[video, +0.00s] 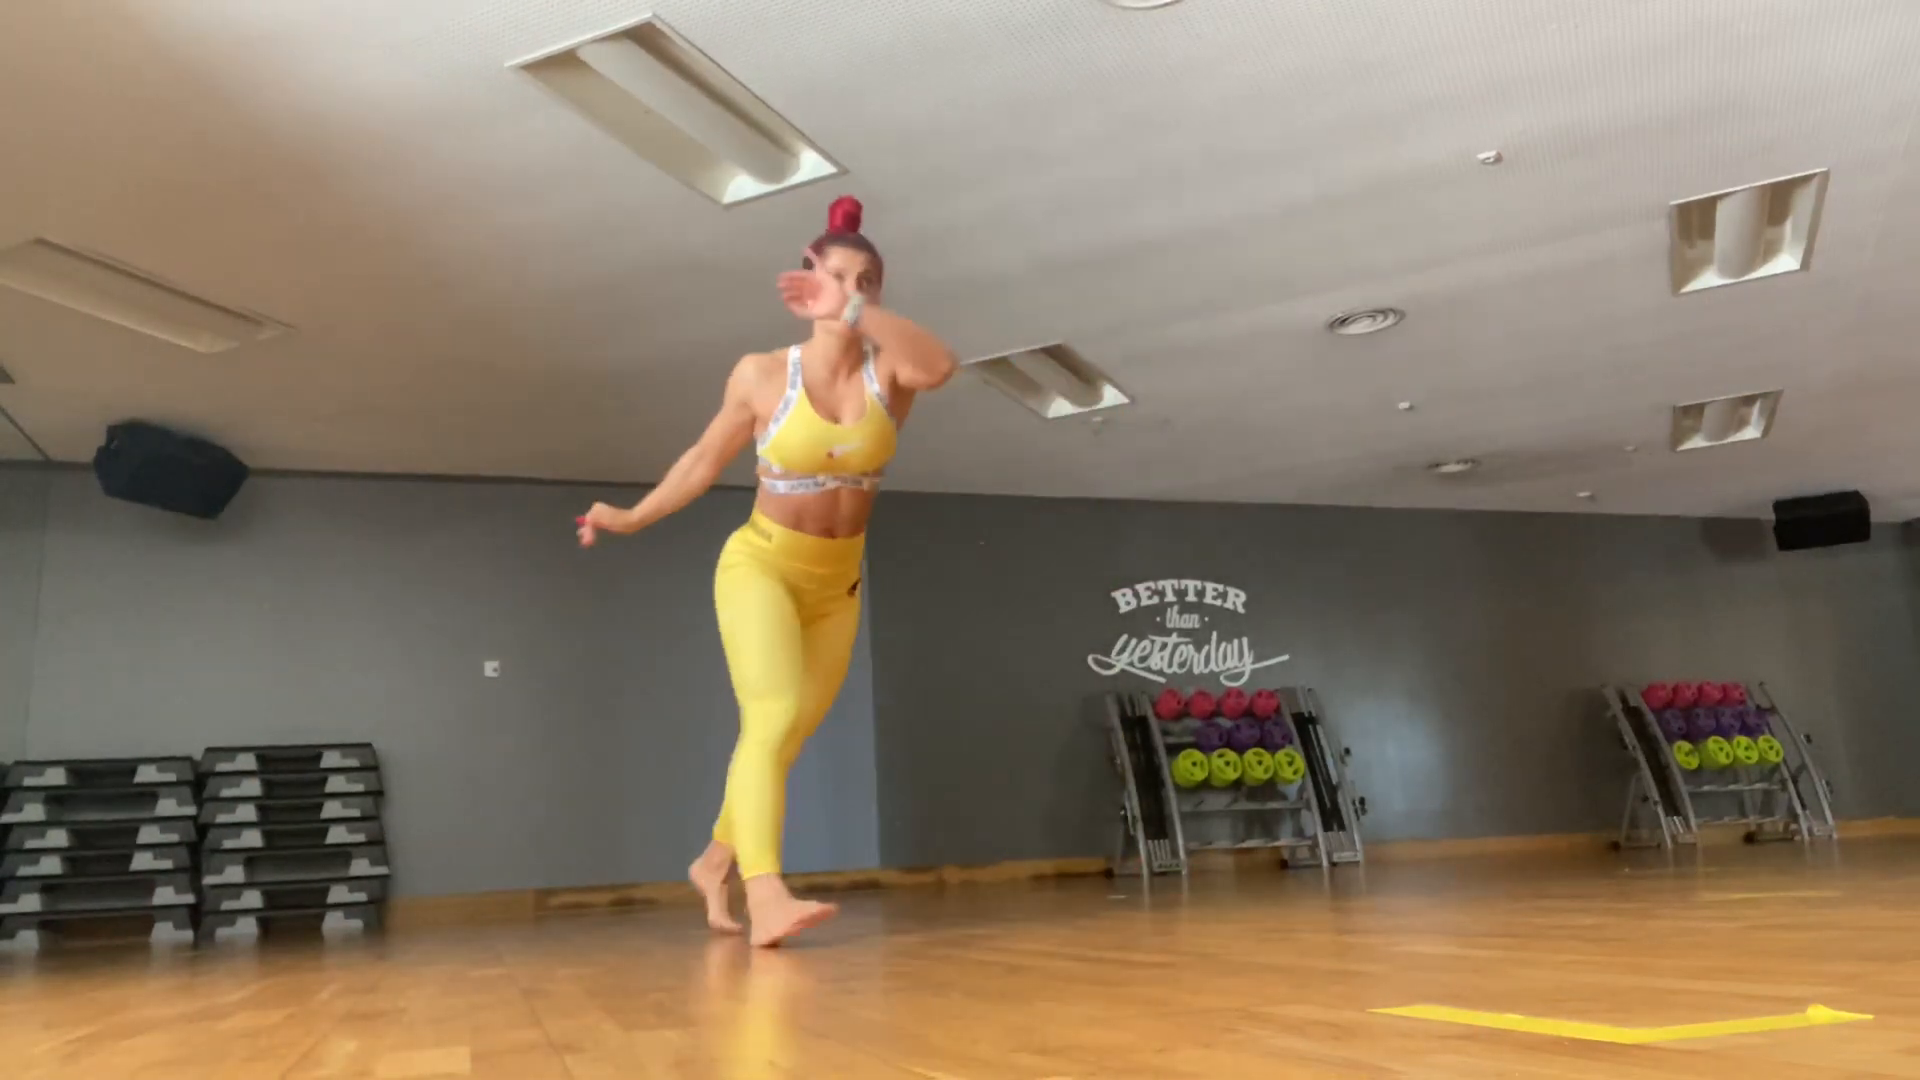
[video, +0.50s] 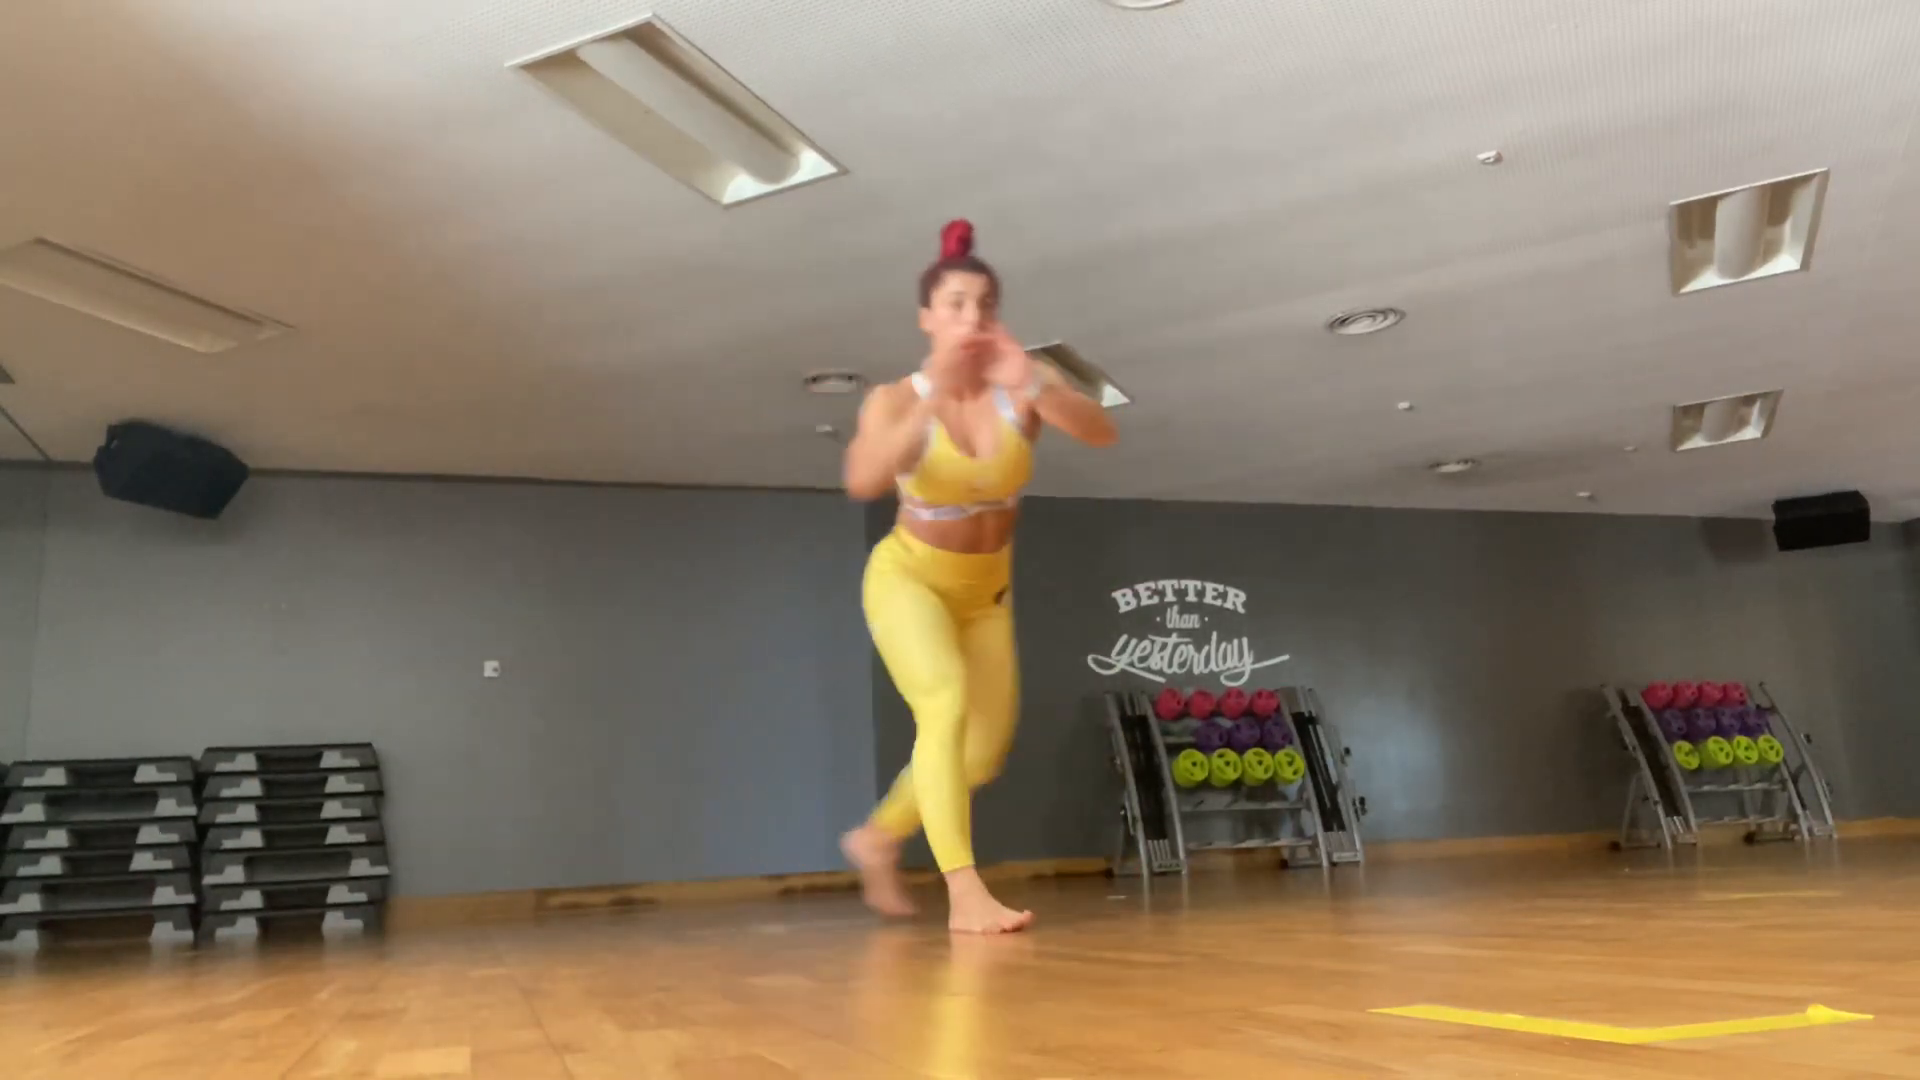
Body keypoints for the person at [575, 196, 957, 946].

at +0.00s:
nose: (845, 290)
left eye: (859, 279)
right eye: (832, 274)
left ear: (874, 294)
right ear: (805, 284)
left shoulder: (889, 374)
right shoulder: (762, 375)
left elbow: (935, 365)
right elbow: (701, 463)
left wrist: (852, 308)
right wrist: (633, 517)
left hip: (838, 582)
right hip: (761, 563)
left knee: (790, 735)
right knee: (770, 716)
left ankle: (714, 862)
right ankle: (767, 894)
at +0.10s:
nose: (859, 324)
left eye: (869, 314)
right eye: (846, 309)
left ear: (877, 323)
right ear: (812, 313)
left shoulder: (887, 402)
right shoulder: (767, 397)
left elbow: (924, 397)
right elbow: (703, 483)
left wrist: (842, 333)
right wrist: (632, 532)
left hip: (833, 601)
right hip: (761, 583)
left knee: (781, 753)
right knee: (818, 714)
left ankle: (693, 875)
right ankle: (783, 903)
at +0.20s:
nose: (873, 351)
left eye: (885, 339)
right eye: (859, 335)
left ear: (897, 351)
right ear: (828, 346)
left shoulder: (902, 426)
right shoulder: (786, 424)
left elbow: (946, 428)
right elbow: (714, 507)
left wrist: (866, 366)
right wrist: (646, 544)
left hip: (847, 626)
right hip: (775, 609)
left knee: (785, 782)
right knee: (850, 695)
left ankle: (684, 884)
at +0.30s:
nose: (889, 335)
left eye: (904, 322)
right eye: (874, 320)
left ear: (917, 335)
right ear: (847, 336)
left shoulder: (933, 408)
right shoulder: (811, 413)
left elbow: (977, 413)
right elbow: (738, 497)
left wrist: (896, 362)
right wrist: (686, 513)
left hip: (882, 618)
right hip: (809, 600)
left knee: (800, 770)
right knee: (880, 709)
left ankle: (701, 872)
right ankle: (953, 884)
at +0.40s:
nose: (928, 319)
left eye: (942, 304)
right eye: (913, 304)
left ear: (959, 315)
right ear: (887, 317)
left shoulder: (986, 384)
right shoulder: (860, 402)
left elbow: (1052, 416)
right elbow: (787, 495)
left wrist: (980, 373)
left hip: (950, 595)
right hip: (875, 579)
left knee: (881, 755)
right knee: (927, 705)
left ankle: (783, 855)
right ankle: (966, 895)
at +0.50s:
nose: (973, 318)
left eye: (986, 305)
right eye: (958, 304)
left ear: (997, 318)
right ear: (926, 316)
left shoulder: (1018, 389)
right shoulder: (897, 400)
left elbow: (1102, 433)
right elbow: (861, 483)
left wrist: (1035, 385)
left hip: (987, 592)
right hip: (910, 579)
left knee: (983, 752)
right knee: (943, 704)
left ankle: (874, 840)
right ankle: (965, 895)